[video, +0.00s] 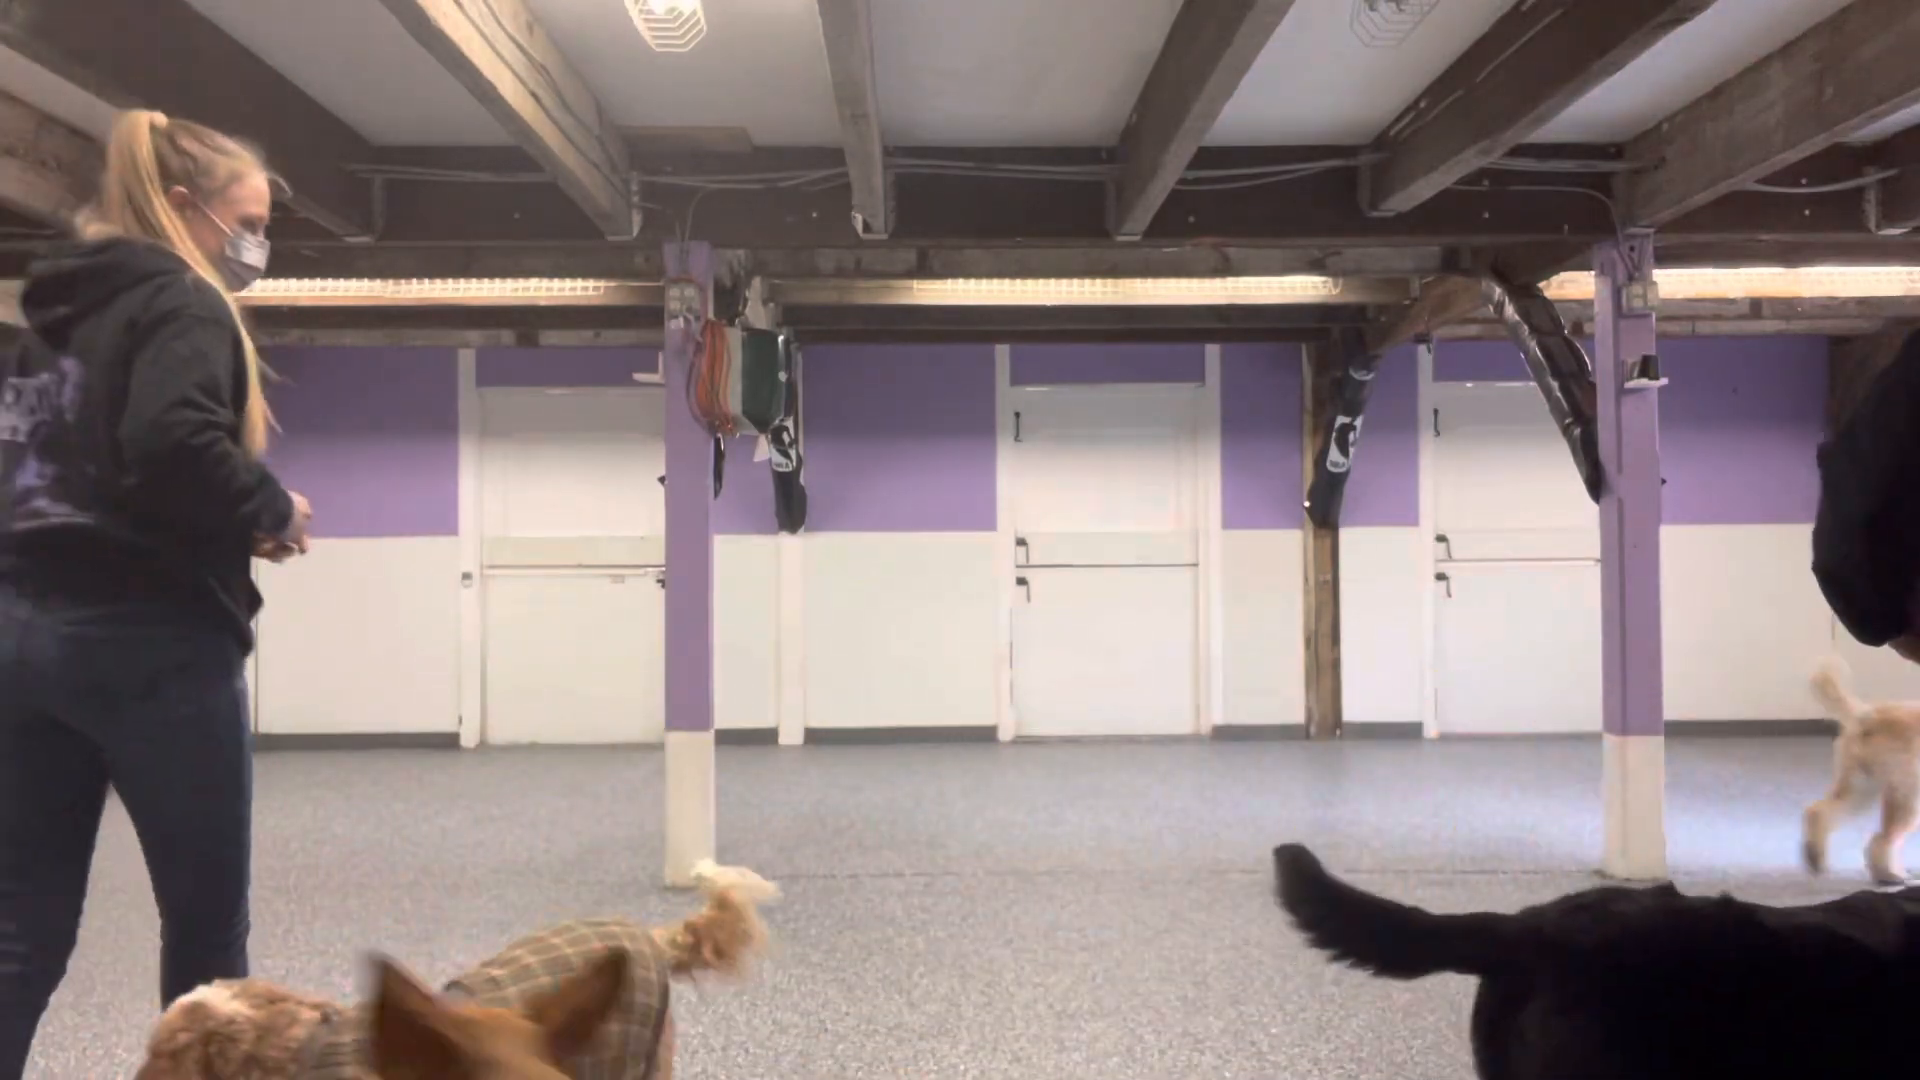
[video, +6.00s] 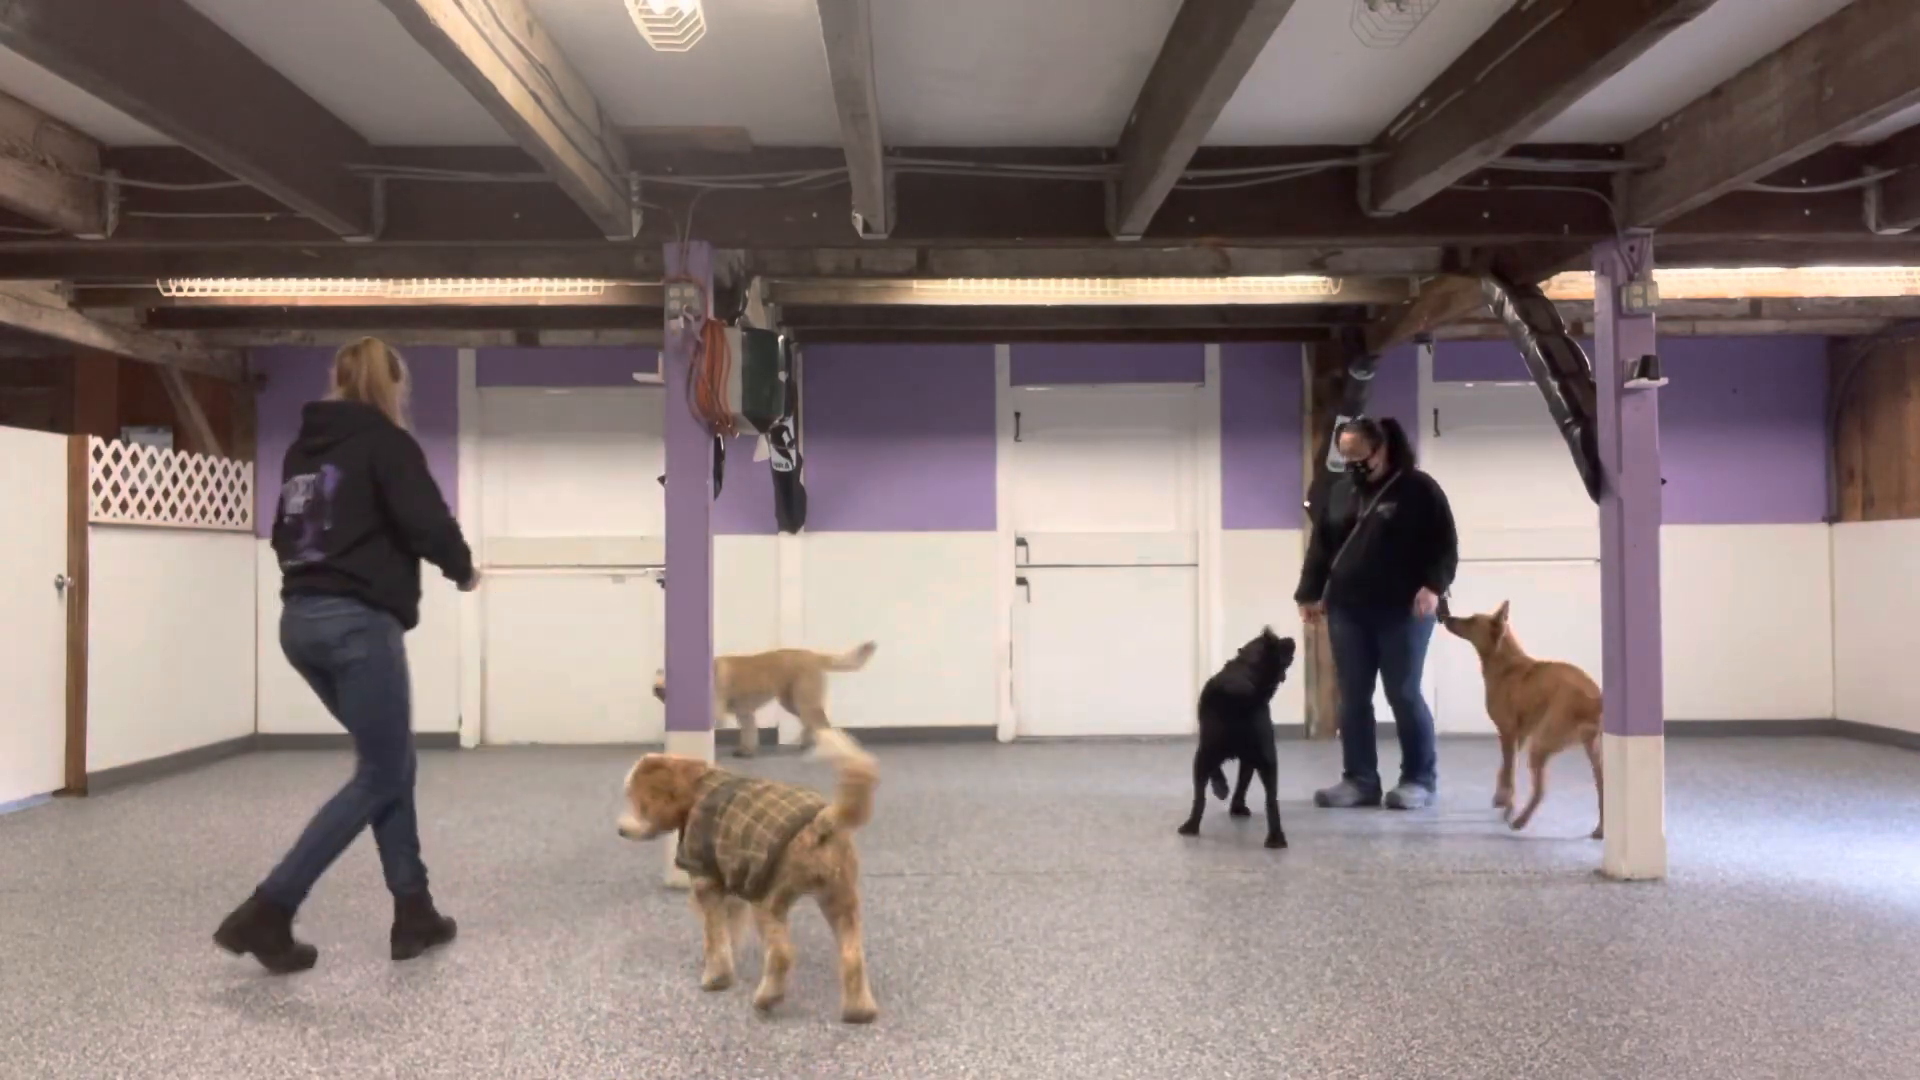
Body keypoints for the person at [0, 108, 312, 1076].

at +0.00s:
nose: (258, 252)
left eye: (263, 230)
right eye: (249, 226)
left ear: (168, 207)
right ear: (190, 206)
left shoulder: (54, 305)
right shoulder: (186, 305)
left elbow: (35, 470)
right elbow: (172, 438)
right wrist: (272, 510)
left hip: (28, 645)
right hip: (154, 651)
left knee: (21, 941)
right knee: (207, 940)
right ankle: (207, 1079)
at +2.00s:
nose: (683, 355)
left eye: (682, 344)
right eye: (678, 344)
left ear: (631, 345)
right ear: (648, 346)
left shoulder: (601, 406)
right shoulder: (637, 412)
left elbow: (600, 511)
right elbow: (625, 509)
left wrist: (663, 524)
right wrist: (691, 524)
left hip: (576, 593)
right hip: (618, 601)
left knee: (598, 758)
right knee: (638, 765)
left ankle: (573, 921)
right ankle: (615, 931)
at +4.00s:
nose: (671, 366)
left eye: (671, 355)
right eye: (669, 356)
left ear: (614, 348)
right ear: (652, 353)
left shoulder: (582, 414)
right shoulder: (639, 416)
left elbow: (579, 511)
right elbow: (639, 513)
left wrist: (653, 521)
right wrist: (687, 526)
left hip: (568, 593)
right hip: (616, 599)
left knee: (589, 760)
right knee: (621, 769)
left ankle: (576, 915)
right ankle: (611, 927)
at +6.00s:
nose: (406, 395)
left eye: (404, 385)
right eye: (403, 385)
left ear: (340, 382)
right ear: (390, 386)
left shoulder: (304, 446)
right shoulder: (387, 442)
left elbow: (286, 535)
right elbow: (426, 522)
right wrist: (463, 569)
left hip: (301, 621)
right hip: (360, 622)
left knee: (392, 765)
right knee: (383, 773)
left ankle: (413, 911)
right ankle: (267, 911)